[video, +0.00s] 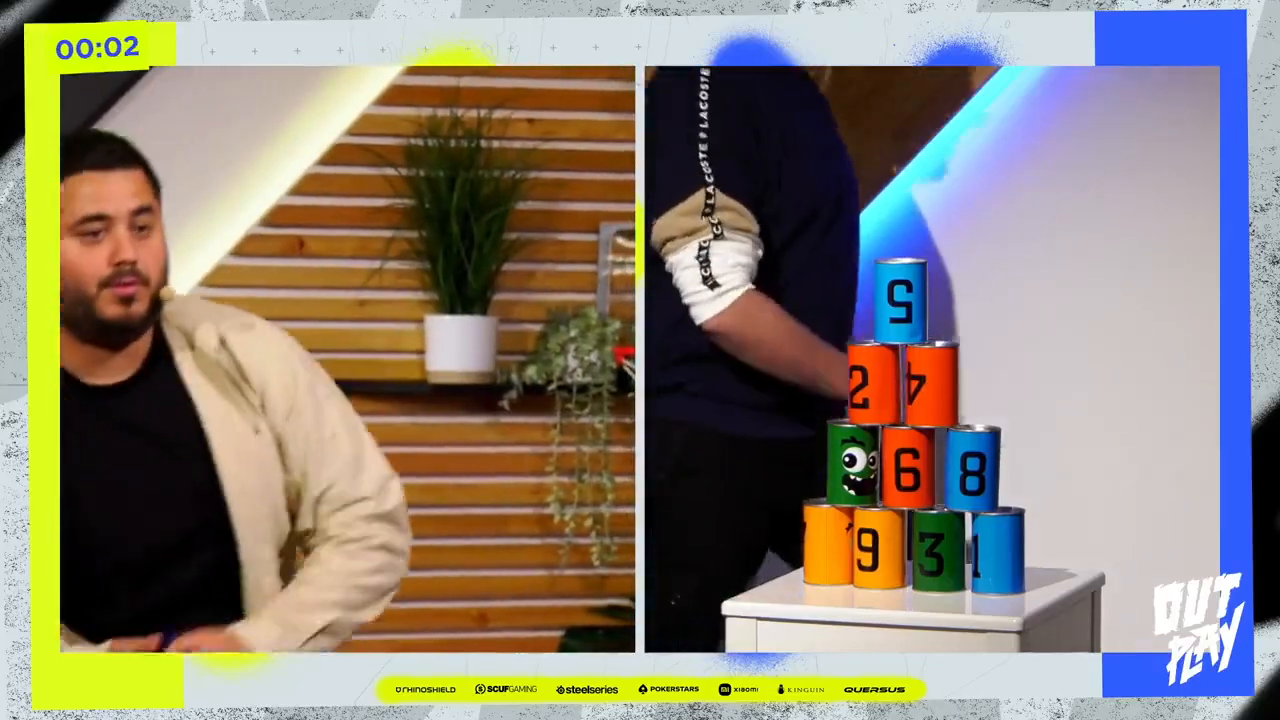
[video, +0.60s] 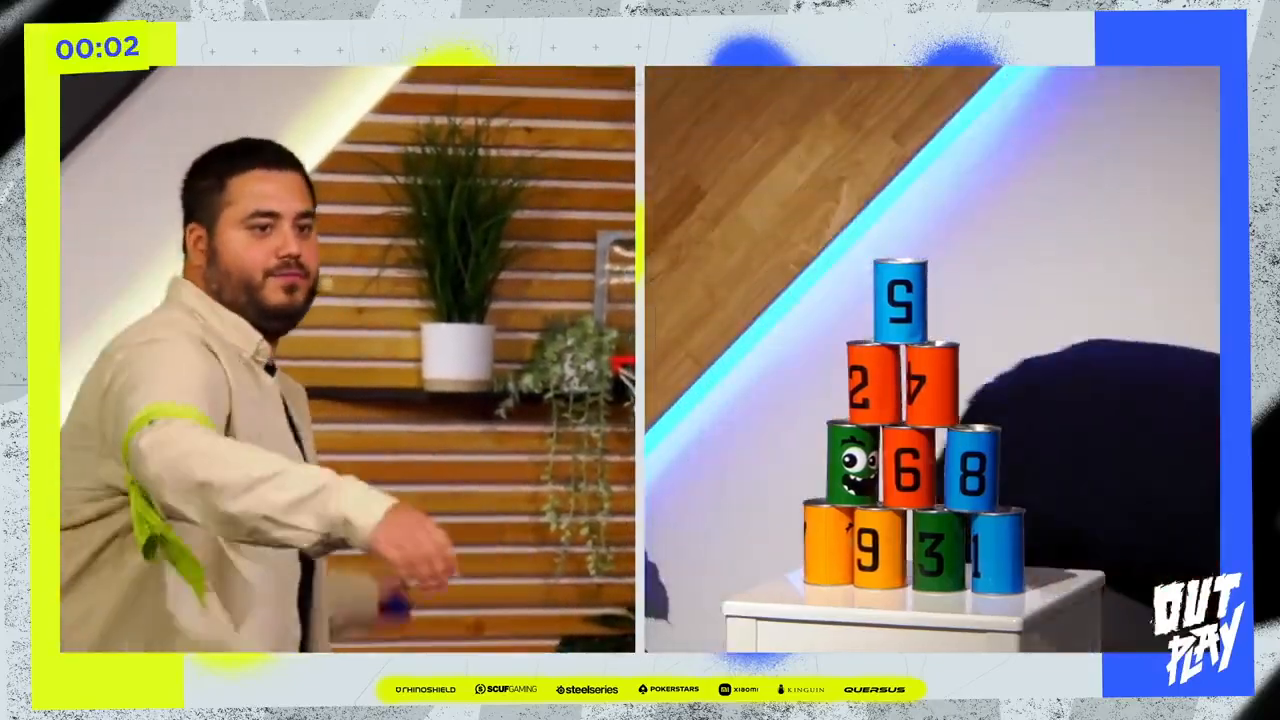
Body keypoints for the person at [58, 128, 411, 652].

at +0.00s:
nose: (125, 255)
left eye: (141, 226)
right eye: (92, 233)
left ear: (163, 234)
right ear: (39, 250)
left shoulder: (247, 354)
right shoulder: (18, 386)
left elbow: (371, 527)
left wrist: (252, 643)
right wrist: (83, 662)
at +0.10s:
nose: (181, 233)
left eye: (196, 206)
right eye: (148, 210)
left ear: (214, 214)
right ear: (87, 228)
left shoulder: (281, 345)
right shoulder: (31, 374)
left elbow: (396, 476)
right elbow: (10, 618)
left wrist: (359, 553)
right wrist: (173, 619)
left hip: (274, 702)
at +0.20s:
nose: (227, 227)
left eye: (240, 202)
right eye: (194, 203)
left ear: (256, 214)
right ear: (132, 223)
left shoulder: (299, 356)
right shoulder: (69, 370)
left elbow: (369, 495)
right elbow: (49, 580)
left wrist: (423, 539)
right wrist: (248, 579)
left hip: (294, 691)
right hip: (128, 693)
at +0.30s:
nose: (264, 227)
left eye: (277, 204)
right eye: (232, 203)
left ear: (291, 220)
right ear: (168, 222)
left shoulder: (293, 354)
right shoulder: (113, 355)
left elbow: (365, 523)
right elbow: (105, 546)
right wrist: (319, 546)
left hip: (298, 687)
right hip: (159, 693)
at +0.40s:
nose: (284, 235)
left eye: (297, 213)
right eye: (254, 211)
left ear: (312, 227)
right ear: (189, 226)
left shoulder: (289, 365)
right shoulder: (136, 348)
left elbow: (334, 567)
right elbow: (160, 513)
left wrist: (426, 672)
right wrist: (372, 518)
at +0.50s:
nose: (292, 244)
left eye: (303, 221)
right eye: (261, 220)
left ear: (316, 235)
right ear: (198, 237)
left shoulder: (290, 386)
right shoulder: (159, 349)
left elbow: (294, 598)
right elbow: (186, 479)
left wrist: (383, 689)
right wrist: (402, 507)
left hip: (249, 697)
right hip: (125, 696)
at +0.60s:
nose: (293, 250)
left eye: (304, 228)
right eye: (261, 227)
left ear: (317, 240)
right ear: (199, 246)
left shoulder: (278, 393)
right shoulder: (167, 353)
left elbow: (232, 581)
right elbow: (173, 459)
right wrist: (361, 511)